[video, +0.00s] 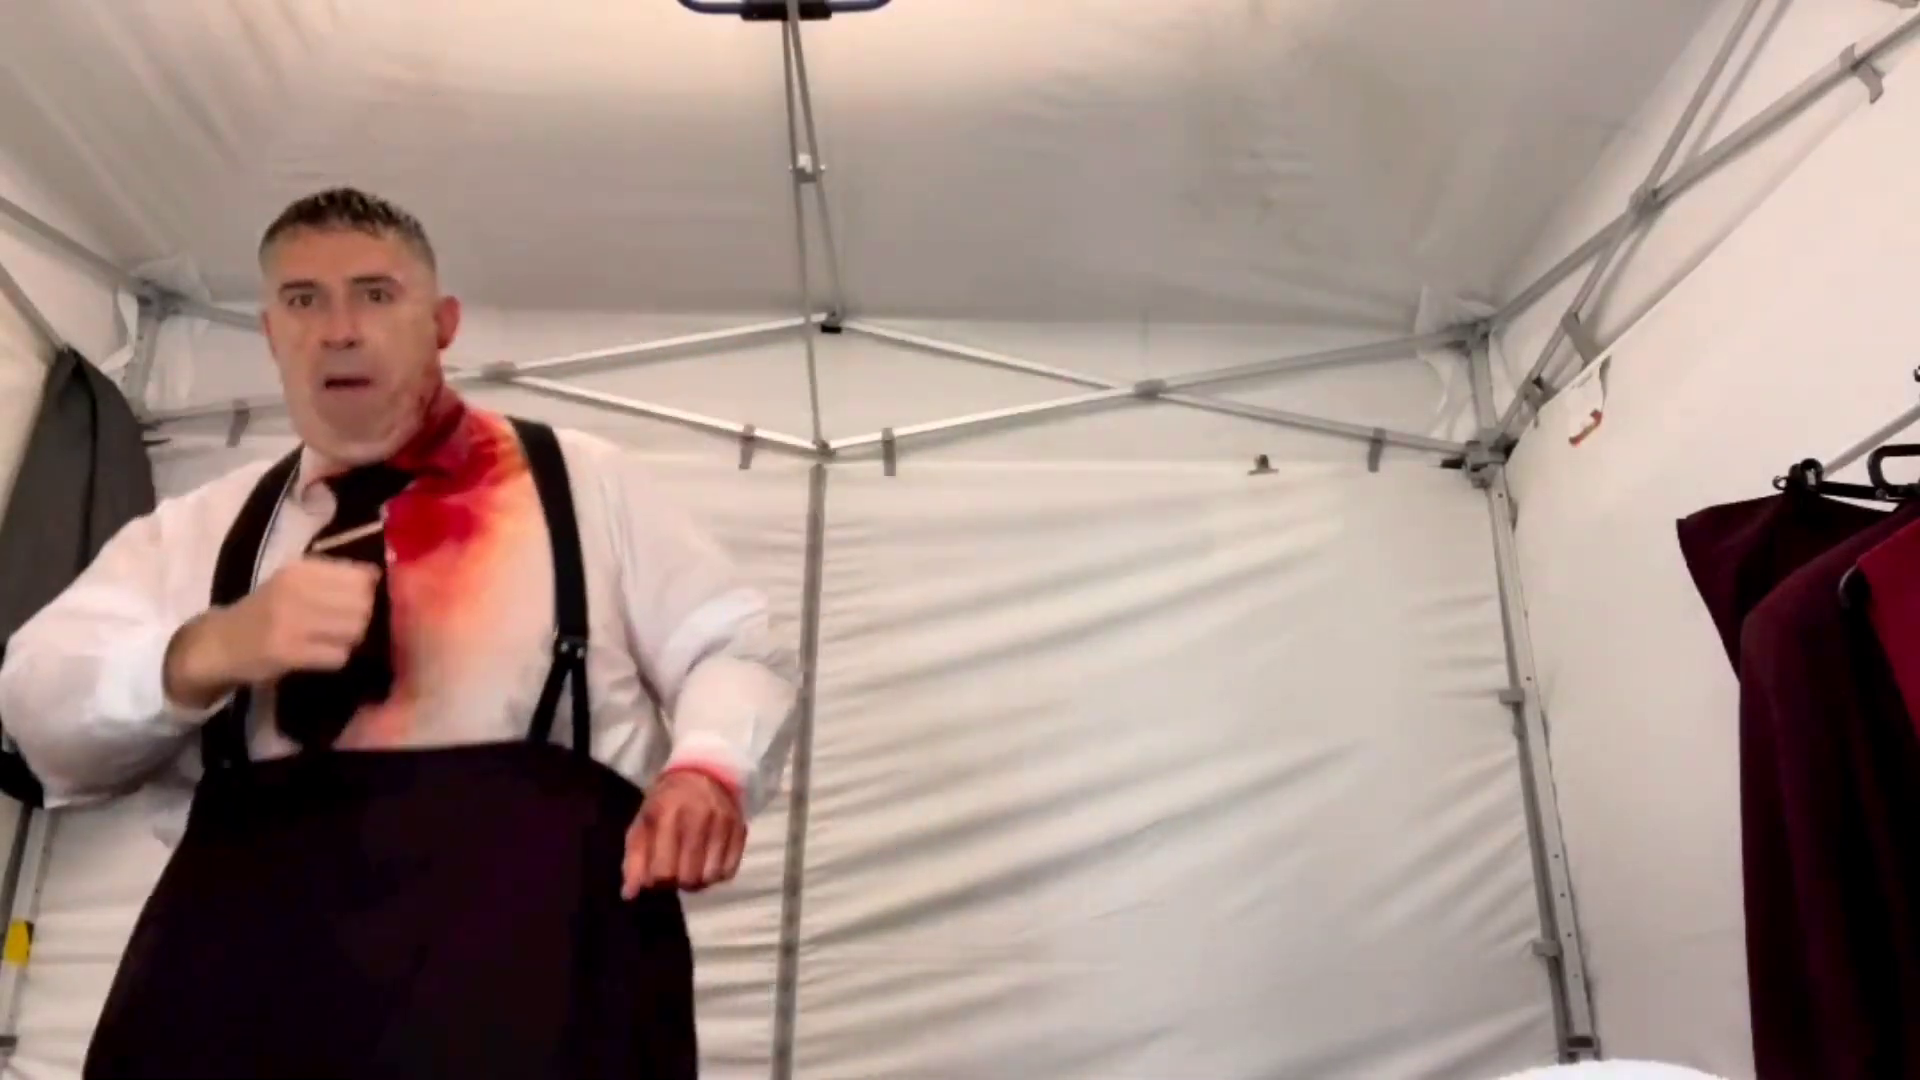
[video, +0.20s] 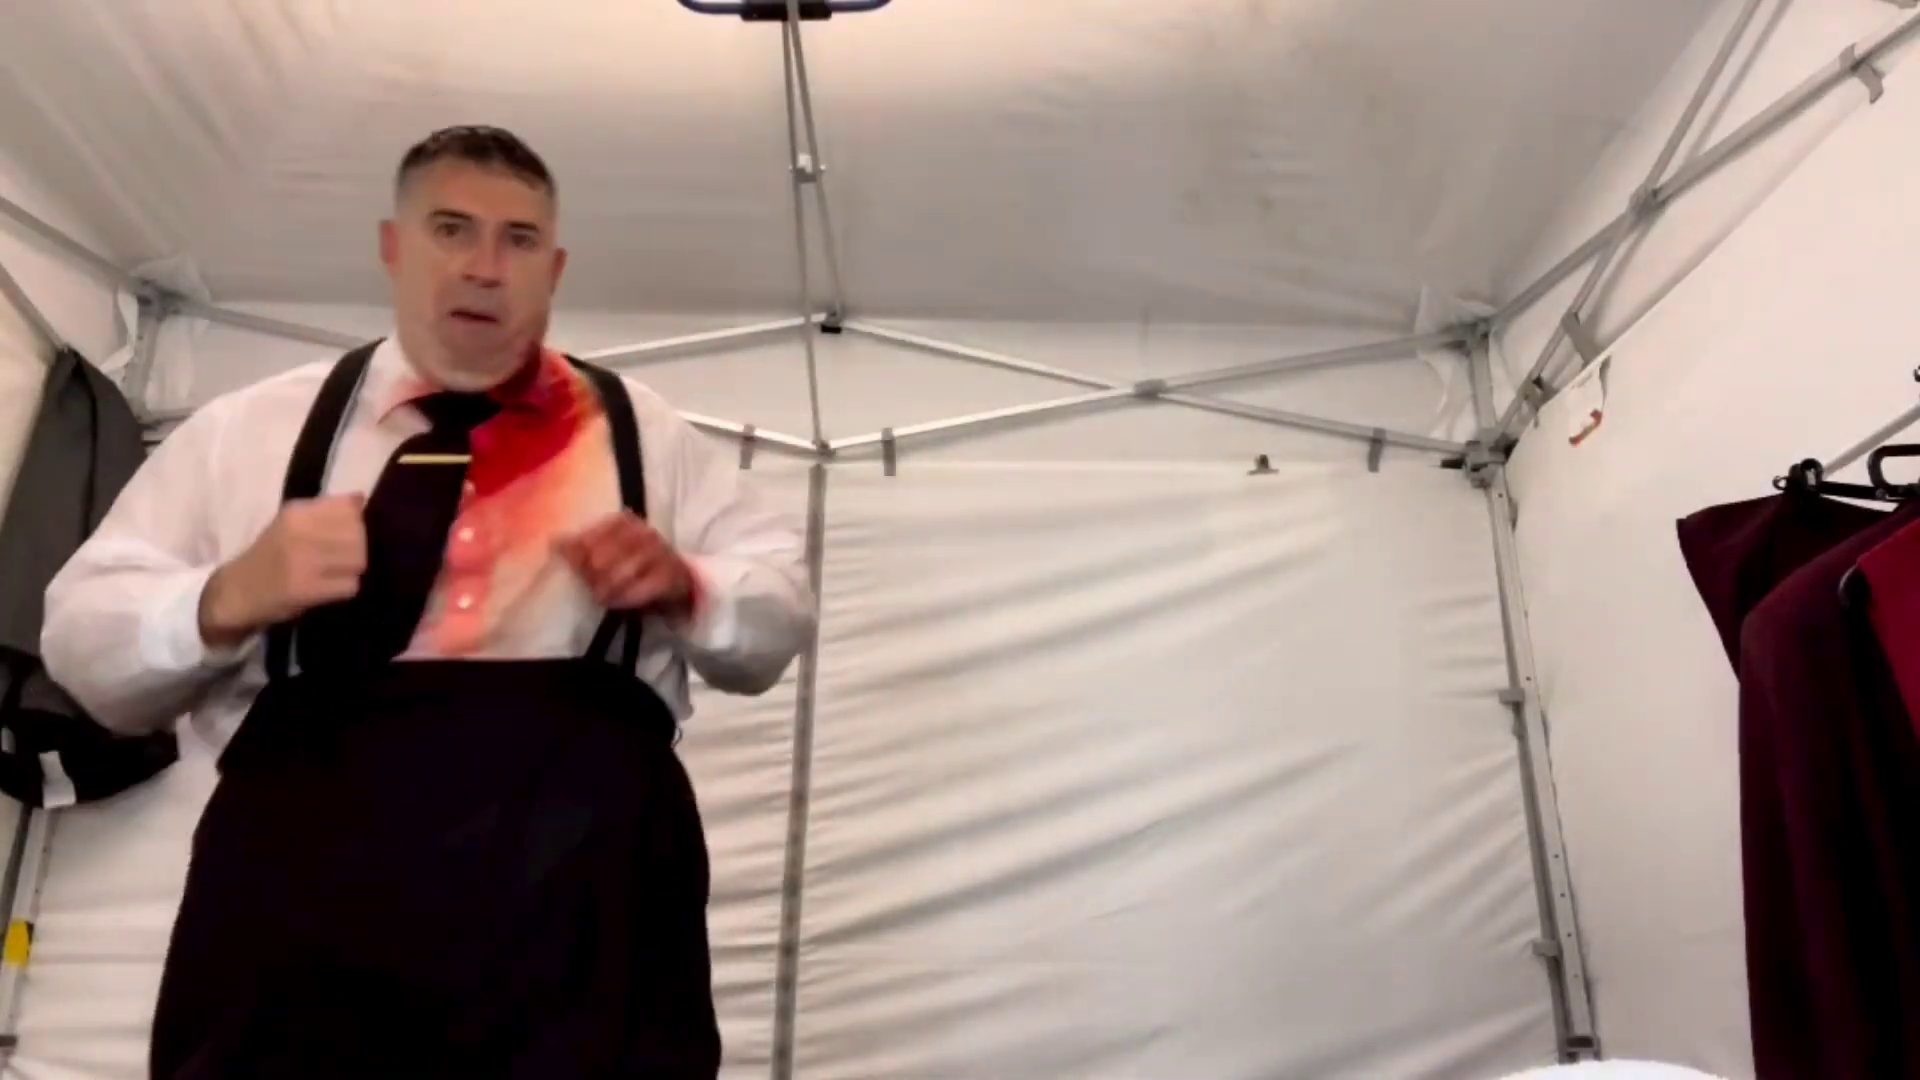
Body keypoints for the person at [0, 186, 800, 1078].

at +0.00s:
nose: (338, 330)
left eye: (375, 294)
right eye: (304, 300)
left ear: (442, 326)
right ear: (270, 336)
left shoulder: (579, 485)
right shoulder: (203, 527)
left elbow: (730, 645)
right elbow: (40, 705)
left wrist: (707, 767)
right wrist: (218, 646)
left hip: (525, 856)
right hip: (279, 856)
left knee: (540, 817)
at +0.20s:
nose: (485, 267)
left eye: (519, 240)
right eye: (453, 231)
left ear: (557, 271)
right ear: (392, 250)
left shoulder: (644, 435)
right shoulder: (251, 430)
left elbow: (782, 621)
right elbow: (83, 639)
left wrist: (692, 590)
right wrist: (222, 597)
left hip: (579, 817)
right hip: (319, 813)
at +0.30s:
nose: (568, 313)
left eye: (601, 289)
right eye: (543, 273)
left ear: (627, 315)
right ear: (472, 277)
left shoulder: (685, 476)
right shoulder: (309, 431)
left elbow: (815, 658)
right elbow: (89, 608)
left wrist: (709, 571)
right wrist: (185, 609)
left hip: (584, 810)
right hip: (331, 799)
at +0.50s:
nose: (628, 374)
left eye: (663, 350)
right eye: (604, 332)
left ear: (687, 372)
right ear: (540, 331)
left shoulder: (730, 534)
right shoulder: (373, 478)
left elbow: (815, 760)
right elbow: (157, 673)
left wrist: (746, 653)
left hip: (634, 896)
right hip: (382, 882)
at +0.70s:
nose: (617, 342)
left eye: (650, 311)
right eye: (588, 310)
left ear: (703, 333)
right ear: (552, 329)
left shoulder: (811, 488)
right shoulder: (456, 484)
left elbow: (951, 653)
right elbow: (281, 654)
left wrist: (860, 665)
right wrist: (433, 568)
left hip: (721, 898)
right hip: (485, 888)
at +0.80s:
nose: (653, 383)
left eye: (687, 351)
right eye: (624, 348)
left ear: (732, 377)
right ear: (582, 366)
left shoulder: (827, 537)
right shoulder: (479, 539)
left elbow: (975, 728)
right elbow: (316, 744)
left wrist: (886, 710)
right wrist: (443, 657)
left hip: (752, 954)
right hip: (517, 953)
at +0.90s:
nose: (661, 353)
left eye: (693, 323)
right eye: (631, 318)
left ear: (736, 346)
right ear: (583, 336)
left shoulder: (825, 495)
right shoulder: (480, 508)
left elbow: (941, 707)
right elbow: (336, 727)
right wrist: (456, 600)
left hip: (750, 902)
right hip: (525, 906)